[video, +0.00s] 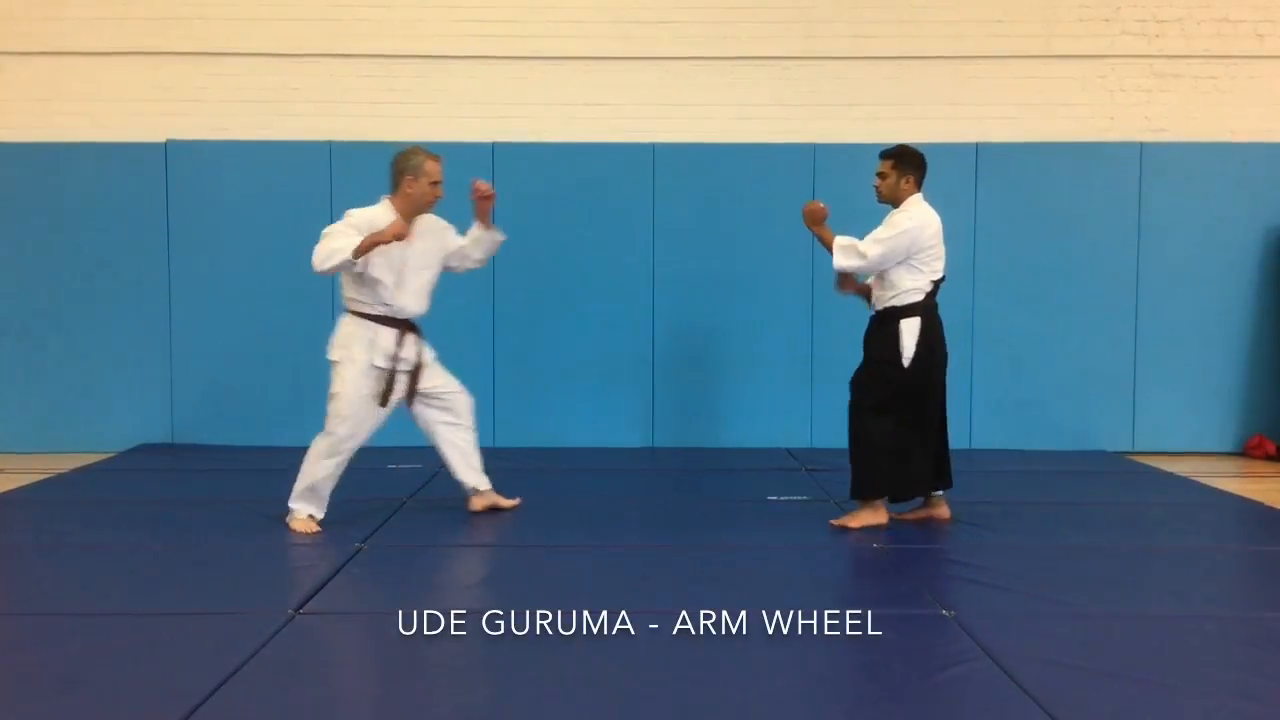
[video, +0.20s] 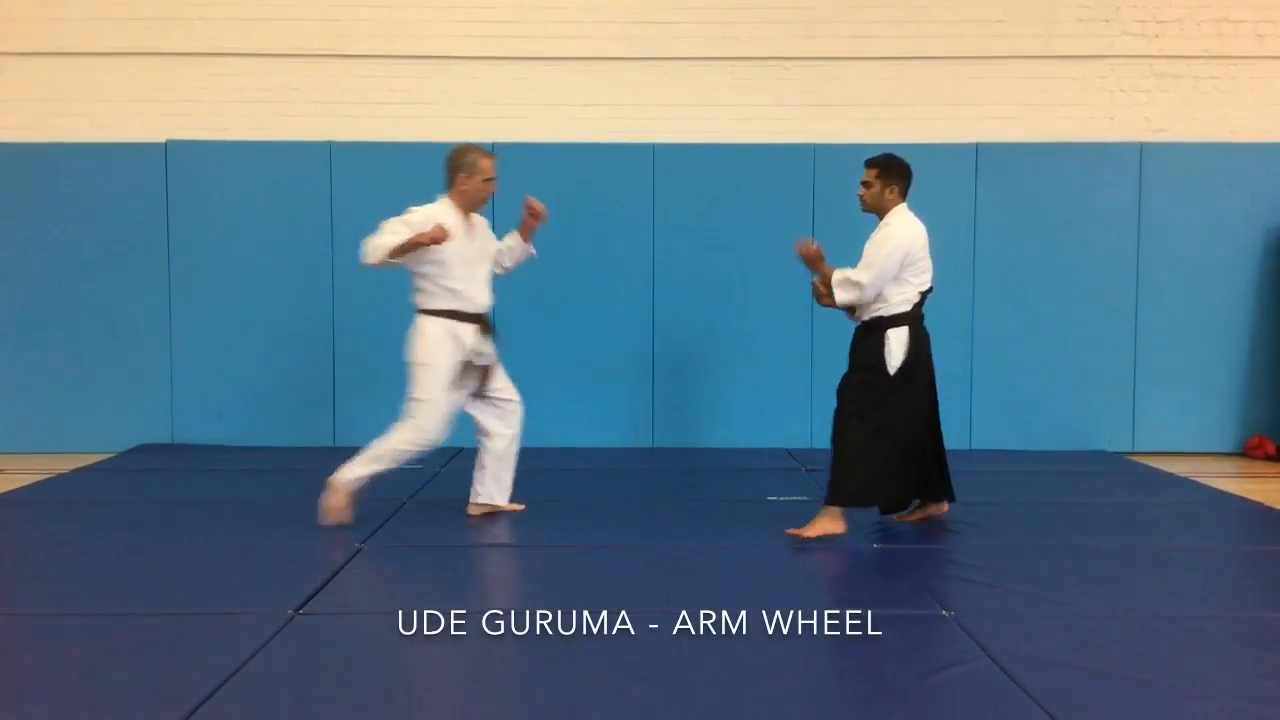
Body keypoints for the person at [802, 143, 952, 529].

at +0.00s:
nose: (876, 183)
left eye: (883, 176)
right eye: (877, 176)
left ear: (907, 180)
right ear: (906, 181)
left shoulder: (912, 219)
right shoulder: (915, 216)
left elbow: (863, 258)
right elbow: (898, 287)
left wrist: (820, 230)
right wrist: (859, 288)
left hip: (903, 327)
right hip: (917, 324)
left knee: (867, 405)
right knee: (922, 410)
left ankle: (873, 505)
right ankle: (935, 499)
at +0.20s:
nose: (860, 191)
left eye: (867, 185)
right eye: (861, 184)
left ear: (892, 191)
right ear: (890, 191)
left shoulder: (895, 231)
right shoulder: (904, 226)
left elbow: (863, 284)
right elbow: (879, 291)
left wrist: (820, 267)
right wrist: (838, 298)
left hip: (887, 337)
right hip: (905, 333)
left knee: (851, 417)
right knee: (915, 417)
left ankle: (833, 511)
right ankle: (934, 498)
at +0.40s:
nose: (835, 203)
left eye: (843, 197)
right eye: (838, 196)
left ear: (866, 204)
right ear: (869, 205)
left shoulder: (868, 248)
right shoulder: (885, 242)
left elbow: (829, 305)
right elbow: (839, 303)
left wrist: (797, 292)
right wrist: (799, 293)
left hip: (852, 353)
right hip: (874, 349)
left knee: (816, 438)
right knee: (881, 429)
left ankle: (812, 534)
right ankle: (907, 503)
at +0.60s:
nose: (808, 192)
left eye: (815, 186)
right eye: (811, 185)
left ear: (834, 192)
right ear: (841, 193)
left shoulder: (843, 239)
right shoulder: (842, 229)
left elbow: (794, 294)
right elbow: (782, 240)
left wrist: (776, 265)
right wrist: (753, 204)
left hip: (831, 350)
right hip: (852, 344)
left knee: (804, 443)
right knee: (866, 436)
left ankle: (813, 544)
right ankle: (903, 512)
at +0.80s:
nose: (791, 187)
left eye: (793, 180)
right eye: (792, 178)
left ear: (803, 183)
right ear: (831, 180)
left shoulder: (794, 232)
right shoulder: (858, 213)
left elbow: (757, 285)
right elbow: (827, 197)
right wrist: (797, 175)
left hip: (813, 341)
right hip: (853, 336)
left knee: (801, 438)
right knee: (850, 430)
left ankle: (812, 542)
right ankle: (865, 511)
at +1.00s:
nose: (783, 197)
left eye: (780, 192)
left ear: (781, 193)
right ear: (818, 193)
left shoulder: (768, 233)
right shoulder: (846, 221)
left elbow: (759, 291)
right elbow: (881, 222)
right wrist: (848, 212)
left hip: (799, 340)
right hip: (844, 337)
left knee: (789, 433)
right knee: (842, 427)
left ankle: (809, 538)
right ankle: (847, 515)